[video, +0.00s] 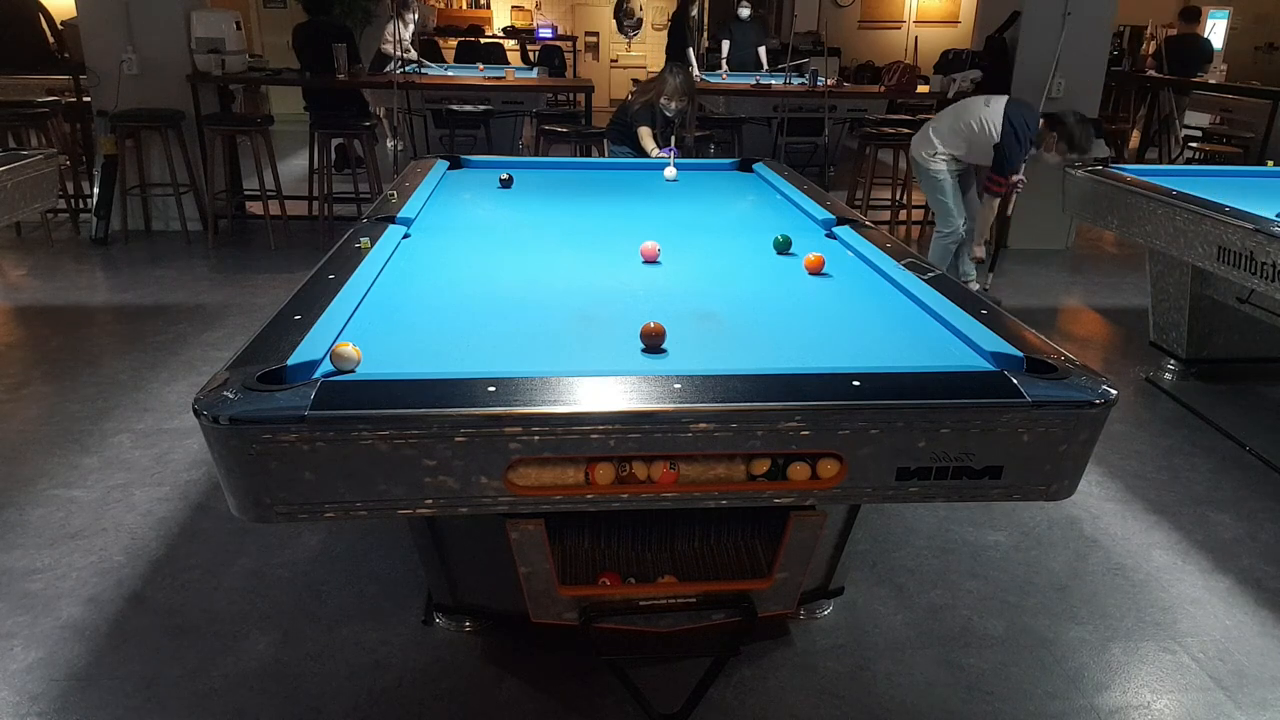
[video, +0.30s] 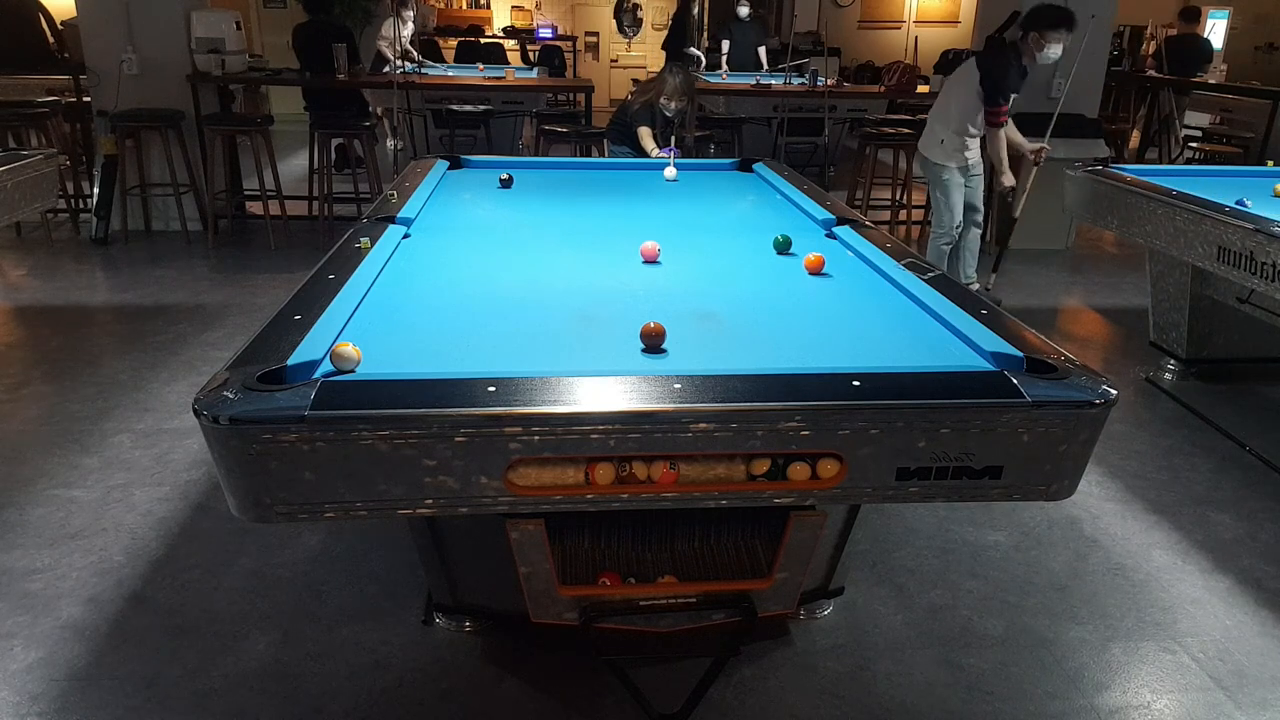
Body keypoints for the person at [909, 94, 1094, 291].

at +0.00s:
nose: (1058, 161)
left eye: (1063, 158)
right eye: (1062, 155)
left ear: (1051, 131)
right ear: (1052, 139)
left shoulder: (1027, 117)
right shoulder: (1015, 140)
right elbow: (990, 198)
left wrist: (1012, 173)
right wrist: (978, 244)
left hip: (960, 157)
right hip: (932, 154)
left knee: (971, 221)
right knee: (952, 228)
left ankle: (966, 282)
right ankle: (928, 287)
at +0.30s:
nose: (1059, 51)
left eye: (1062, 44)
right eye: (1056, 42)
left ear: (1034, 40)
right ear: (1033, 39)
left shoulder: (1017, 65)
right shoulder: (1001, 65)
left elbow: (1002, 118)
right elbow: (995, 127)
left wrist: (1026, 147)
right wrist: (1004, 171)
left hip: (970, 149)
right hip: (942, 150)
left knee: (973, 221)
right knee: (947, 224)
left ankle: (966, 284)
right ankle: (931, 289)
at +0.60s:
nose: (1013, 7)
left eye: (1017, 3)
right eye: (1007, 1)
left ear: (1018, 9)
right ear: (992, 4)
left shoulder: (1006, 46)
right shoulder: (967, 40)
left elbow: (1007, 101)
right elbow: (977, 97)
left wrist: (1024, 140)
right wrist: (1000, 136)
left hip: (985, 150)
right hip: (953, 150)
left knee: (979, 223)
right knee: (945, 225)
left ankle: (966, 285)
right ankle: (931, 286)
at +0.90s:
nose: (991, 6)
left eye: (995, 3)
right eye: (986, 2)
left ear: (998, 7)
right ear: (973, 3)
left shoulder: (1000, 47)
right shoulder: (943, 42)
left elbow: (1000, 102)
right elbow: (929, 95)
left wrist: (1015, 140)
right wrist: (925, 141)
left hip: (987, 152)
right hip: (948, 154)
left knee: (997, 219)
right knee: (937, 227)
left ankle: (973, 285)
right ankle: (929, 288)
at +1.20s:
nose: (985, 5)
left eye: (987, 1)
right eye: (979, 1)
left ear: (988, 5)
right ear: (966, 2)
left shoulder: (997, 46)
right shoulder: (936, 44)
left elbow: (996, 103)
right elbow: (914, 99)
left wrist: (1009, 140)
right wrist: (897, 142)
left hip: (981, 151)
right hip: (940, 153)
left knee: (984, 221)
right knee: (934, 225)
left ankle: (987, 292)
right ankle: (923, 287)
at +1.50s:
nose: (993, 8)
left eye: (994, 3)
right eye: (987, 2)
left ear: (992, 7)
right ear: (969, 4)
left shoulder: (999, 47)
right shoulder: (935, 48)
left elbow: (1001, 101)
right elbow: (926, 105)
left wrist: (1011, 140)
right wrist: (927, 150)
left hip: (976, 156)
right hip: (936, 154)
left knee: (955, 229)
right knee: (929, 228)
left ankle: (934, 293)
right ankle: (918, 290)